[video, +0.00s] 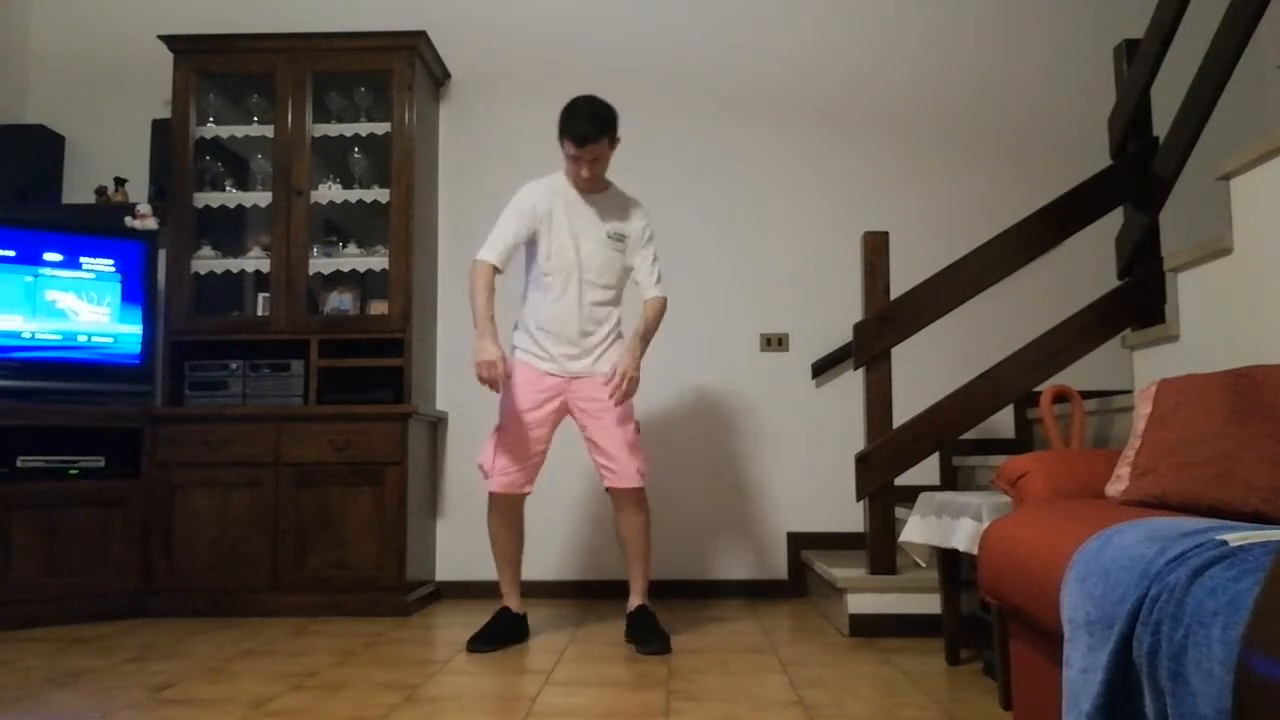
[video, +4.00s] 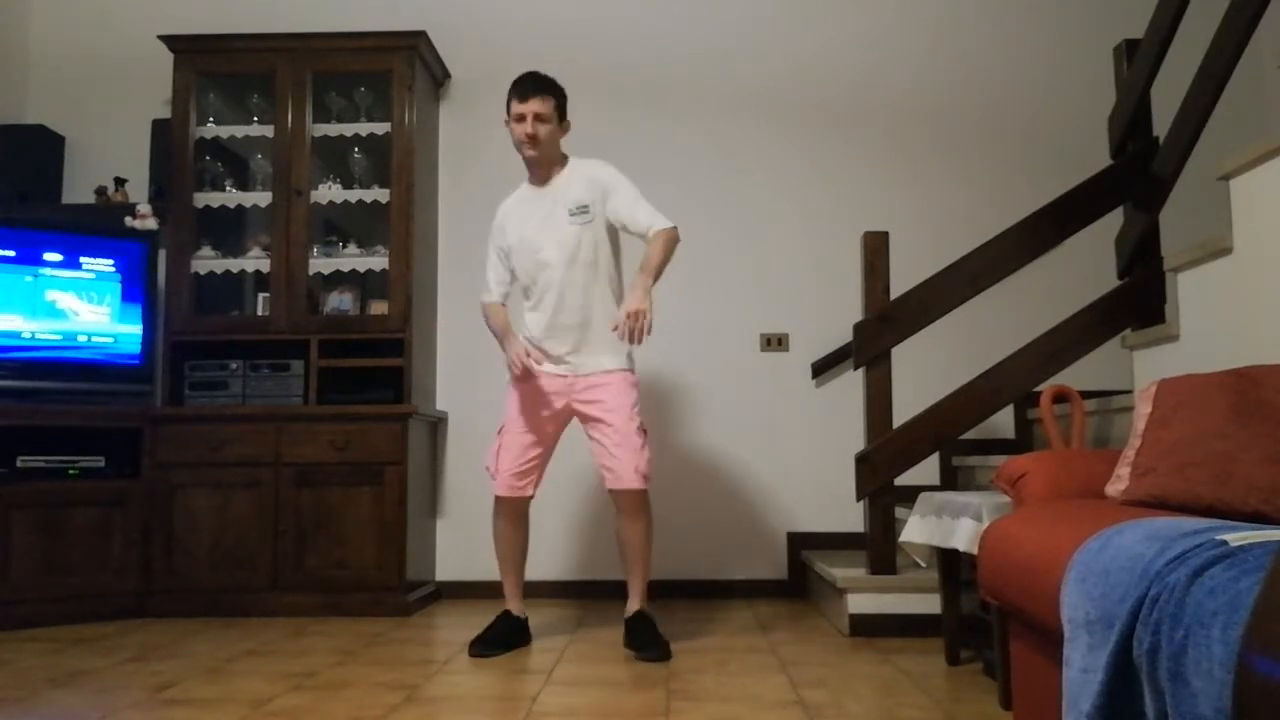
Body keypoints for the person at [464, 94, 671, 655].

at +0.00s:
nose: (585, 171)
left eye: (596, 159)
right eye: (575, 159)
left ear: (615, 146)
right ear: (560, 146)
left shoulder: (631, 214)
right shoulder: (535, 199)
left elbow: (654, 297)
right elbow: (483, 266)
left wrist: (635, 346)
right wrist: (485, 339)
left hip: (603, 369)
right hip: (533, 366)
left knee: (629, 483)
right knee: (504, 483)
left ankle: (639, 607)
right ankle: (511, 610)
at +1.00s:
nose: (604, 154)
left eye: (613, 142)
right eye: (594, 143)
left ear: (635, 137)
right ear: (583, 141)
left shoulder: (651, 214)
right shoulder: (561, 191)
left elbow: (655, 299)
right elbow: (504, 257)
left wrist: (615, 356)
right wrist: (522, 337)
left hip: (617, 371)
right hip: (547, 367)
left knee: (635, 489)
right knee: (501, 478)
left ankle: (638, 610)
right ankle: (483, 604)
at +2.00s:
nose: (590, 117)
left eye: (601, 108)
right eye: (580, 109)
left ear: (622, 117)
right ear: (570, 120)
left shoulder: (639, 195)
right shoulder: (547, 186)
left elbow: (668, 271)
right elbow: (477, 242)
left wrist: (662, 314)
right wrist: (450, 298)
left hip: (614, 363)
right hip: (542, 358)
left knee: (634, 482)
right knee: (495, 469)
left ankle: (638, 609)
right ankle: (492, 603)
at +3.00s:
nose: (563, 124)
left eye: (570, 113)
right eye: (552, 121)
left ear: (592, 116)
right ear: (544, 133)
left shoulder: (628, 175)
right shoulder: (540, 202)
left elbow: (670, 257)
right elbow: (493, 278)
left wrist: (630, 321)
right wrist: (497, 331)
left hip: (611, 366)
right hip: (541, 367)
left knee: (631, 486)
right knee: (499, 476)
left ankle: (640, 610)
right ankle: (508, 598)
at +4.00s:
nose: (526, 130)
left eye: (539, 119)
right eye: (517, 120)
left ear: (563, 126)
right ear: (508, 127)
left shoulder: (596, 179)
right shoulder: (508, 211)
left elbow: (662, 234)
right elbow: (492, 298)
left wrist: (641, 289)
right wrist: (509, 338)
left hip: (605, 369)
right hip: (536, 374)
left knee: (630, 484)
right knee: (508, 489)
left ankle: (638, 612)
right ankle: (513, 614)